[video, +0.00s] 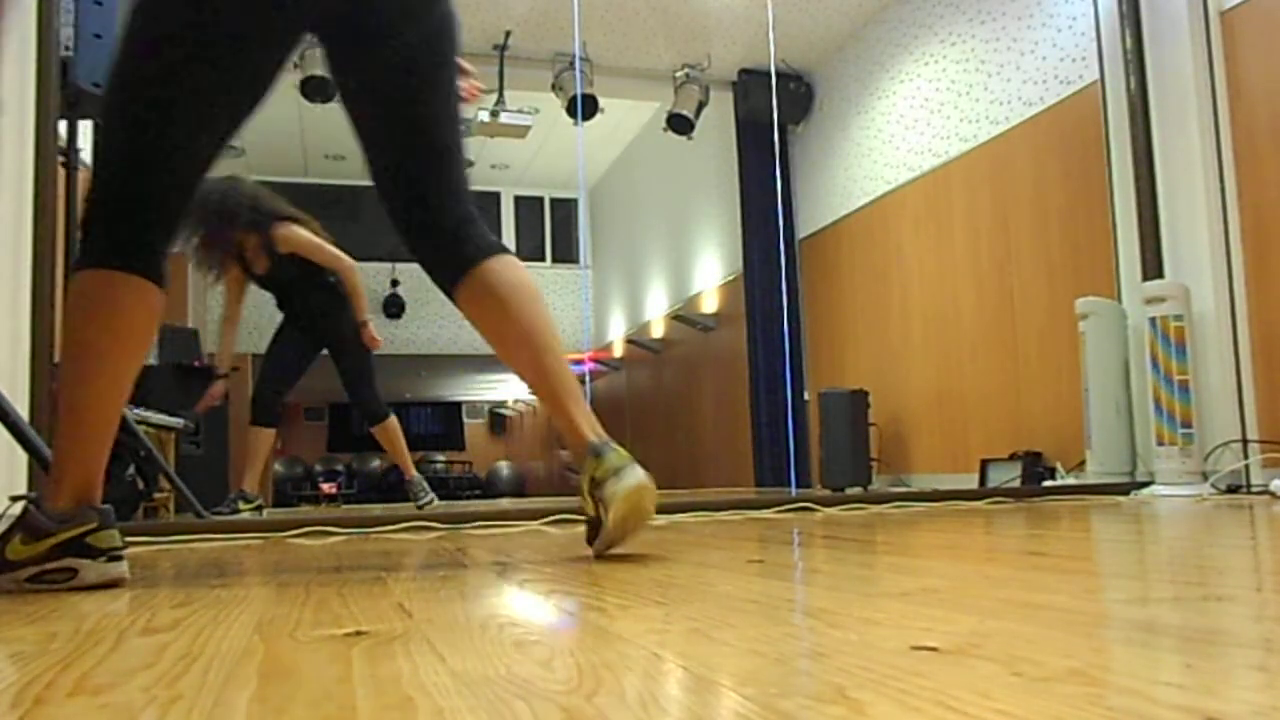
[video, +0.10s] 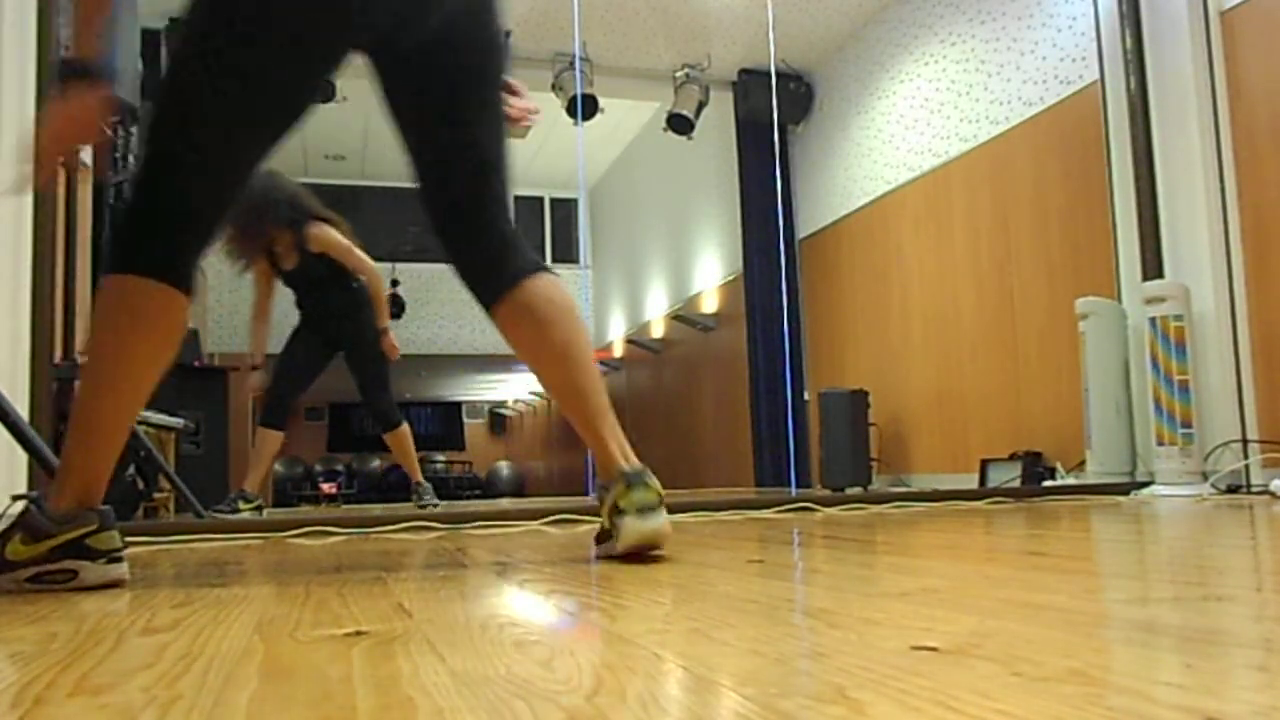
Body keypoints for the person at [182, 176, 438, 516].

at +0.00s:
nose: (213, 235)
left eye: (216, 226)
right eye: (211, 228)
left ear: (233, 218)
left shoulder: (284, 234)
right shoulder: (238, 259)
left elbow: (347, 266)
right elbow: (231, 316)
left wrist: (364, 321)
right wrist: (221, 374)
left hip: (337, 317)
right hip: (299, 324)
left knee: (367, 401)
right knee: (265, 398)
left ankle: (413, 480)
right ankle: (249, 494)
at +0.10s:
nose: (252, 231)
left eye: (255, 221)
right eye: (249, 224)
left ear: (274, 214)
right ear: (255, 223)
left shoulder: (317, 236)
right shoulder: (266, 257)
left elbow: (372, 272)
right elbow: (261, 310)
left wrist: (385, 329)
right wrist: (257, 364)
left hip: (358, 321)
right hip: (316, 327)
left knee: (380, 403)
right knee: (278, 398)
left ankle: (419, 483)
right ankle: (250, 493)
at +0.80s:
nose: (383, 177)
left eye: (391, 170)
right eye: (381, 170)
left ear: (410, 177)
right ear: (377, 176)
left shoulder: (428, 219)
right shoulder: (365, 216)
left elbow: (443, 267)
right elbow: (346, 267)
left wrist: (444, 313)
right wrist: (349, 311)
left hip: (421, 315)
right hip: (376, 315)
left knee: (422, 399)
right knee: (376, 396)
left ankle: (425, 483)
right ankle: (375, 481)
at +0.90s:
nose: (390, 170)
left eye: (398, 164)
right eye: (387, 163)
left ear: (414, 174)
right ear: (379, 170)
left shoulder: (426, 216)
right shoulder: (361, 213)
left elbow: (443, 261)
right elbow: (339, 268)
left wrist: (447, 307)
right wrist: (349, 311)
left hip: (422, 313)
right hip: (377, 314)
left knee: (423, 398)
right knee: (376, 398)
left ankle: (425, 483)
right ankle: (375, 483)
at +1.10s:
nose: (402, 162)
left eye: (409, 159)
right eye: (396, 157)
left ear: (417, 172)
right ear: (382, 167)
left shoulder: (431, 210)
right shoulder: (364, 207)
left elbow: (455, 262)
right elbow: (333, 259)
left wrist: (460, 308)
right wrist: (357, 299)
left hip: (432, 311)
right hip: (386, 313)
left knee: (439, 396)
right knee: (384, 399)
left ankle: (446, 481)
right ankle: (377, 485)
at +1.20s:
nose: (410, 161)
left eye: (417, 158)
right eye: (403, 155)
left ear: (424, 171)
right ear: (389, 166)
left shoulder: (438, 208)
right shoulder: (372, 205)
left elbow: (469, 259)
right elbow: (340, 257)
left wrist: (465, 302)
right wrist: (366, 294)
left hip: (439, 309)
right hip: (393, 311)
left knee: (458, 396)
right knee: (388, 399)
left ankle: (480, 481)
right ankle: (377, 485)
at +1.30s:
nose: (422, 162)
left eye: (429, 160)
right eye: (415, 158)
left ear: (437, 173)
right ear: (402, 168)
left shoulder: (452, 210)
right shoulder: (385, 207)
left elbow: (481, 258)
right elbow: (354, 257)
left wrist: (477, 299)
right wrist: (378, 294)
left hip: (449, 310)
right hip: (404, 311)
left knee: (481, 391)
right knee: (393, 398)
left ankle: (488, 480)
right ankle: (378, 485)